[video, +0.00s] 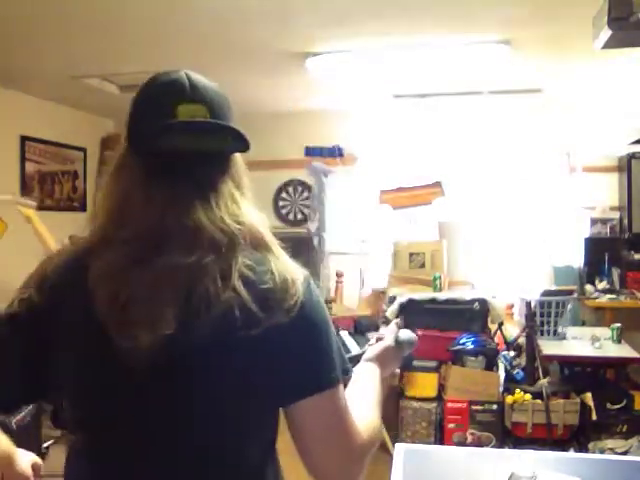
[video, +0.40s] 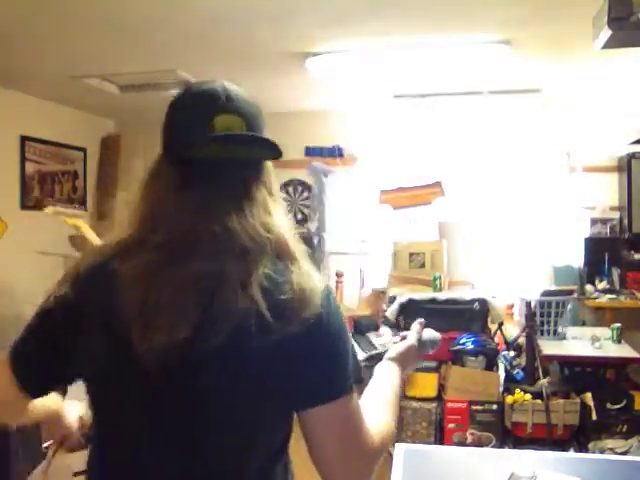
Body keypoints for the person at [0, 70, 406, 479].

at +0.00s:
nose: (244, 169)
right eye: (237, 158)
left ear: (130, 165)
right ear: (230, 169)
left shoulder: (64, 283)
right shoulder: (275, 289)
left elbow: (1, 402)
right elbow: (340, 465)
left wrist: (12, 460)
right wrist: (374, 371)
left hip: (97, 473)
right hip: (237, 475)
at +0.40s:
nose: (269, 183)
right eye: (264, 170)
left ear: (167, 171)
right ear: (259, 175)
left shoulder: (99, 280)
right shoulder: (290, 294)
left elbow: (8, 405)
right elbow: (349, 464)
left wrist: (61, 416)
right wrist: (395, 369)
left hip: (120, 472)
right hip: (249, 471)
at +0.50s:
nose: (285, 191)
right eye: (282, 180)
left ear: (184, 179)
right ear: (276, 184)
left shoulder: (126, 287)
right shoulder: (308, 301)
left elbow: (18, 385)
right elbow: (361, 466)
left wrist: (83, 394)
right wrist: (407, 369)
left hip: (142, 473)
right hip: (265, 473)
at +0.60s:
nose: (307, 187)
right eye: (301, 175)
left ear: (204, 179)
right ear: (294, 182)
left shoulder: (152, 284)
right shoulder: (324, 300)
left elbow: (48, 373)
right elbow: (371, 463)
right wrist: (418, 369)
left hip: (164, 472)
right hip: (282, 474)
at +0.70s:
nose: (318, 187)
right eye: (313, 174)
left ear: (216, 181)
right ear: (304, 184)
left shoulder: (165, 279)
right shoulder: (332, 296)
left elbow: (67, 360)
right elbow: (381, 458)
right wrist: (426, 363)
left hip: (173, 473)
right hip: (292, 473)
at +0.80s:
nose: (320, 182)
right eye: (313, 171)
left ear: (220, 177)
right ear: (306, 180)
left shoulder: (167, 273)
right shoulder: (331, 294)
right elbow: (380, 450)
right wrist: (422, 355)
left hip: (174, 469)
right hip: (289, 471)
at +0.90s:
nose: (314, 186)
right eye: (306, 176)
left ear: (211, 181)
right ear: (297, 185)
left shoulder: (158, 269)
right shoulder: (317, 296)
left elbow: (91, 309)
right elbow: (369, 451)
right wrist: (410, 349)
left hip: (165, 471)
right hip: (279, 472)